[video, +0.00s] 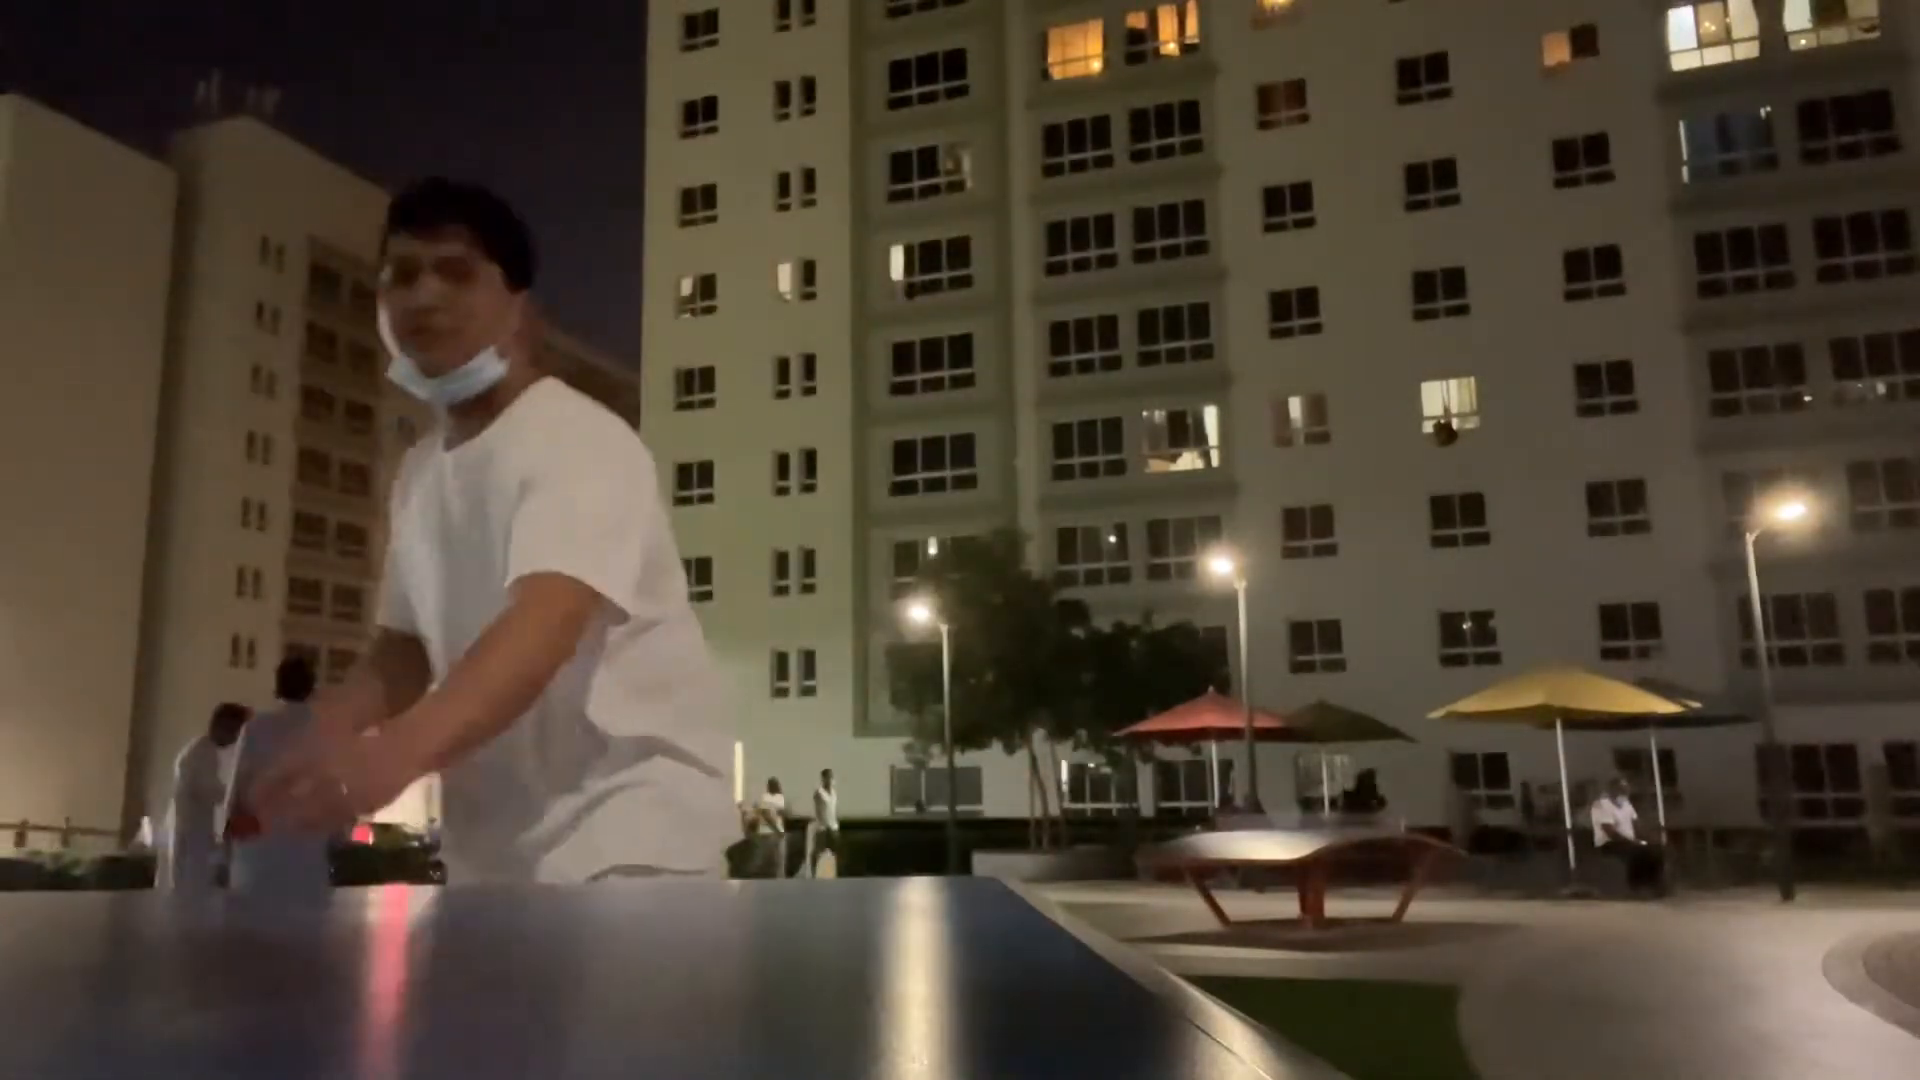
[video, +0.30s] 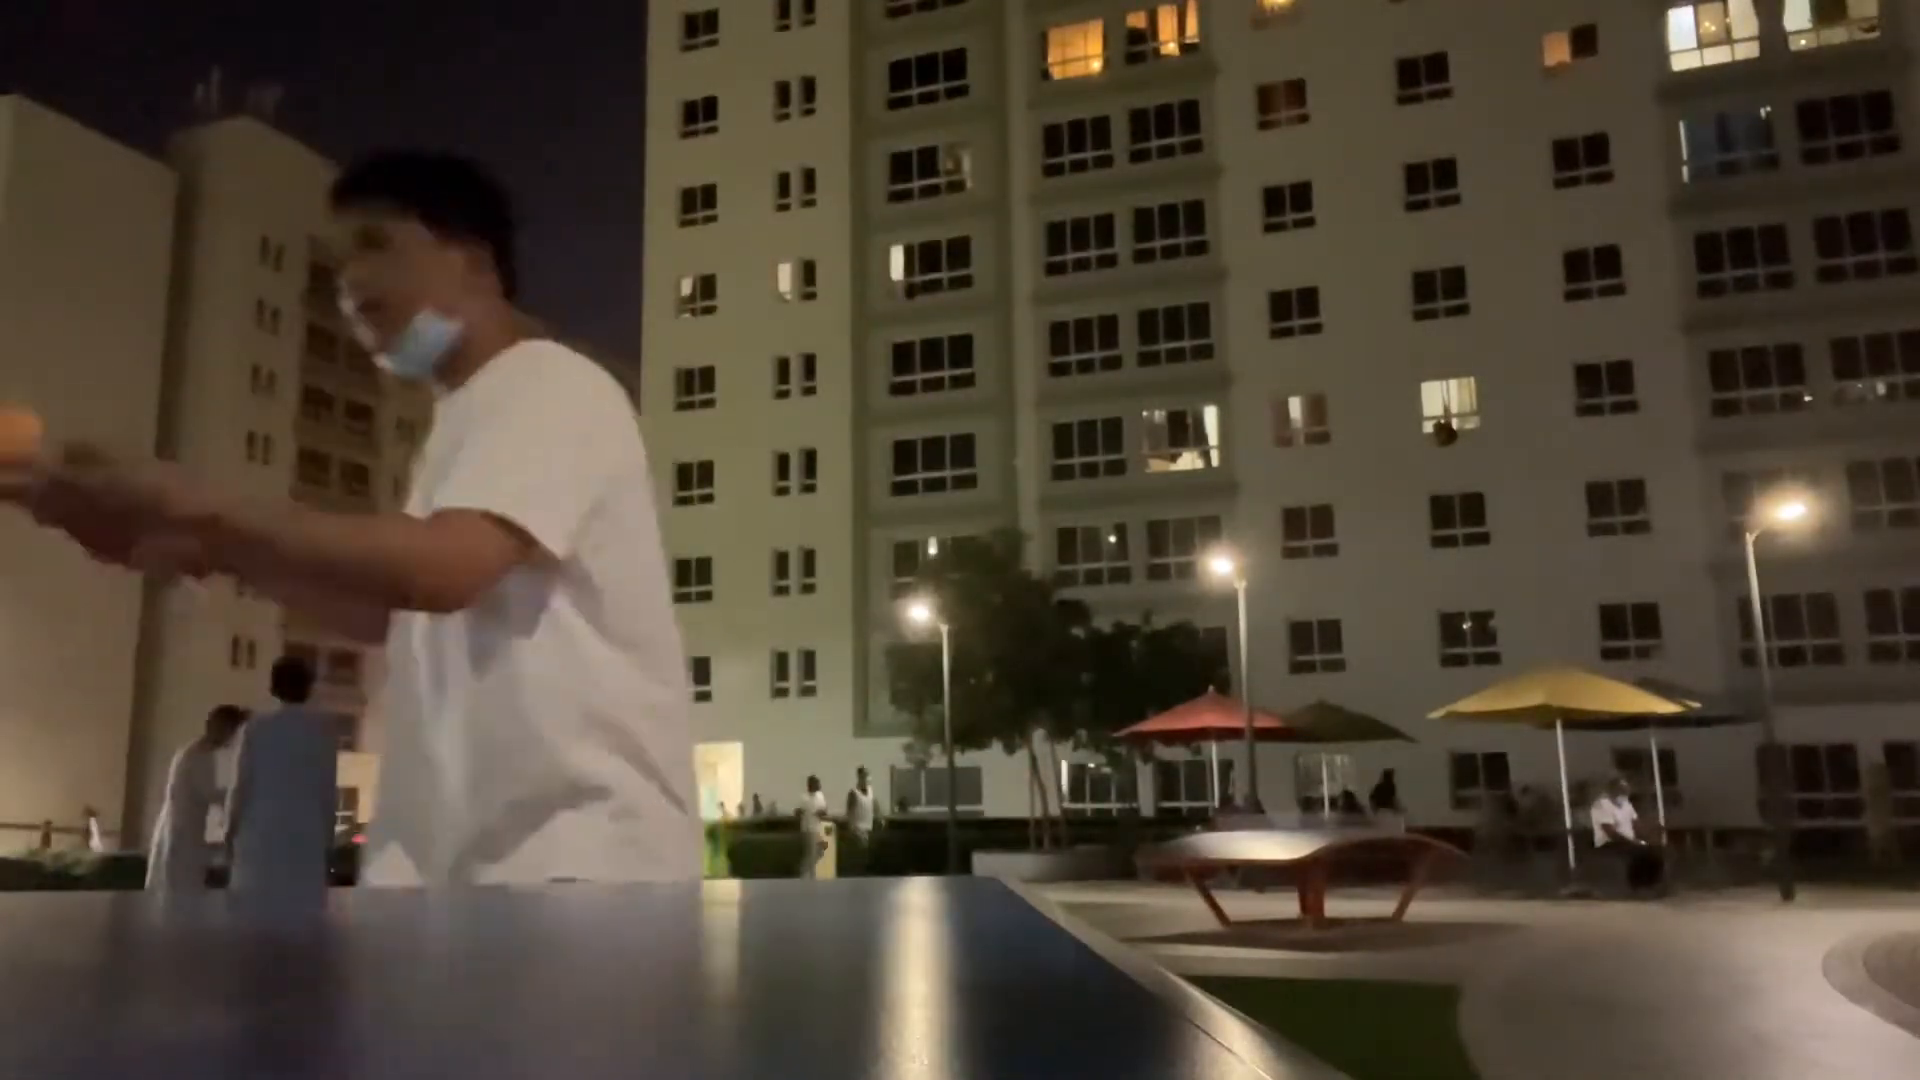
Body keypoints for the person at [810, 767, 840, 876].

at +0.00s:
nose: (830, 781)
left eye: (831, 778)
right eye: (828, 778)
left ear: (833, 779)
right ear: (823, 779)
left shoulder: (833, 793)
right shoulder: (819, 794)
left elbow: (833, 809)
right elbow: (818, 811)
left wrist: (835, 823)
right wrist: (823, 824)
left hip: (833, 826)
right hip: (822, 827)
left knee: (838, 852)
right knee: (816, 852)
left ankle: (839, 875)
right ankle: (813, 874)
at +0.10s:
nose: (844, 780)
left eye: (845, 777)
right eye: (842, 778)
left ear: (846, 778)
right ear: (837, 778)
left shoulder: (846, 791)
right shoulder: (832, 793)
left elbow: (846, 808)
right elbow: (831, 811)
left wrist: (848, 820)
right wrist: (834, 823)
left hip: (847, 825)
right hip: (836, 826)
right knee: (831, 852)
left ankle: (825, 844)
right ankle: (820, 870)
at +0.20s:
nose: (856, 779)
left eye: (857, 776)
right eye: (854, 776)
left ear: (858, 776)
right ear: (849, 777)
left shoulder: (859, 789)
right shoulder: (843, 791)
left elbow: (862, 803)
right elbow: (840, 811)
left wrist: (865, 815)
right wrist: (841, 823)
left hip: (858, 823)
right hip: (848, 824)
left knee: (858, 848)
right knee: (853, 847)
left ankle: (858, 872)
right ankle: (850, 873)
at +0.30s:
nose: (867, 780)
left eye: (868, 777)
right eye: (864, 777)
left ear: (869, 777)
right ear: (859, 777)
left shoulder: (869, 791)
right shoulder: (853, 793)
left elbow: (872, 806)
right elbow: (849, 812)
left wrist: (877, 818)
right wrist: (851, 825)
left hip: (868, 825)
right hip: (857, 826)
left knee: (866, 850)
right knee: (863, 849)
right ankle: (862, 873)